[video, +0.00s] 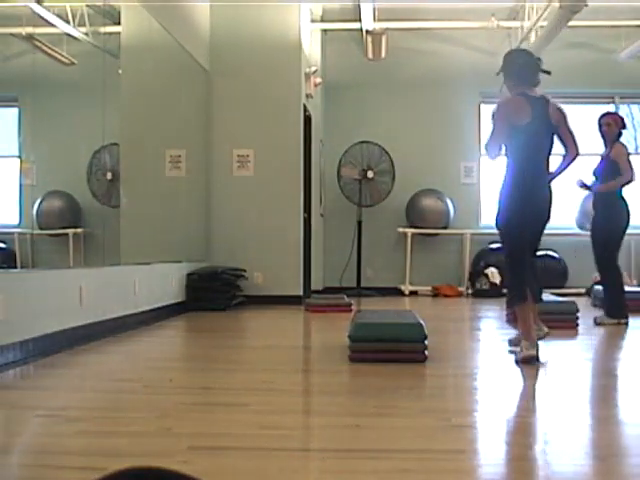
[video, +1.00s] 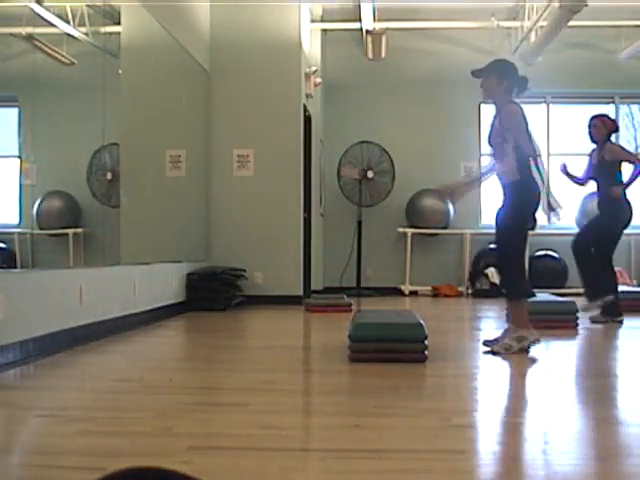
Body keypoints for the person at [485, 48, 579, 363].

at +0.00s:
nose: (503, 81)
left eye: (503, 76)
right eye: (505, 76)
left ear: (507, 76)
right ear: (536, 75)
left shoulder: (506, 106)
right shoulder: (551, 108)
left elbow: (491, 150)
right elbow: (573, 151)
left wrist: (498, 141)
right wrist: (553, 174)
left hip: (516, 190)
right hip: (542, 190)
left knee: (516, 264)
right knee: (525, 260)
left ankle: (528, 342)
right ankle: (533, 323)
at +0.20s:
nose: (495, 85)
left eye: (498, 80)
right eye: (495, 80)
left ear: (512, 81)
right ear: (518, 82)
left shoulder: (520, 110)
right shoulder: (521, 111)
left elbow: (538, 149)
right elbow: (528, 154)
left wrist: (508, 174)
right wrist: (506, 176)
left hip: (527, 191)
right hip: (534, 191)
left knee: (495, 254)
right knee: (528, 259)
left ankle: (534, 317)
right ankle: (540, 332)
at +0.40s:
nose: (489, 86)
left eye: (493, 81)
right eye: (490, 81)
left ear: (508, 83)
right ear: (506, 83)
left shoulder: (517, 111)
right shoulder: (511, 112)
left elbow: (541, 151)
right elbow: (517, 158)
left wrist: (517, 180)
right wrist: (503, 188)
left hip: (525, 190)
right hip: (525, 190)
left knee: (504, 255)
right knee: (531, 258)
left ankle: (520, 329)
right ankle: (544, 328)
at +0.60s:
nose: (483, 86)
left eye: (488, 81)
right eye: (484, 81)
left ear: (504, 84)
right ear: (504, 85)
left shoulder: (510, 113)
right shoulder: (513, 112)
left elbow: (507, 158)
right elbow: (537, 152)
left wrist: (463, 156)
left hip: (528, 194)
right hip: (528, 193)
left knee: (523, 260)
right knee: (496, 254)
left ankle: (527, 335)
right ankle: (523, 328)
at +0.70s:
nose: (480, 86)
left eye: (485, 82)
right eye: (481, 82)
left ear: (501, 86)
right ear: (500, 87)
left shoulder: (507, 114)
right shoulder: (508, 114)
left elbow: (488, 158)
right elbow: (540, 149)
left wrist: (450, 150)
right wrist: (568, 178)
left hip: (531, 197)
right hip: (530, 196)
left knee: (529, 265)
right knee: (479, 241)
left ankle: (528, 337)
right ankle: (505, 304)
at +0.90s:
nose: (484, 88)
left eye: (489, 83)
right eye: (485, 83)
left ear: (504, 84)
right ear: (500, 85)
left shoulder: (515, 114)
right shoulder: (508, 115)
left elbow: (512, 168)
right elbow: (506, 167)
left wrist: (504, 212)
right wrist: (501, 210)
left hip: (519, 196)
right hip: (510, 195)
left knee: (517, 262)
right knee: (501, 261)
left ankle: (527, 335)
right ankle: (512, 329)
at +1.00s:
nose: (482, 85)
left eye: (487, 80)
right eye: (483, 80)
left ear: (503, 83)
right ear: (501, 84)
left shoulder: (509, 111)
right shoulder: (506, 112)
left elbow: (520, 156)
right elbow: (499, 160)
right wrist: (466, 183)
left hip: (520, 188)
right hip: (517, 187)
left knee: (509, 256)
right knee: (508, 255)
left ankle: (521, 328)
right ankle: (517, 326)